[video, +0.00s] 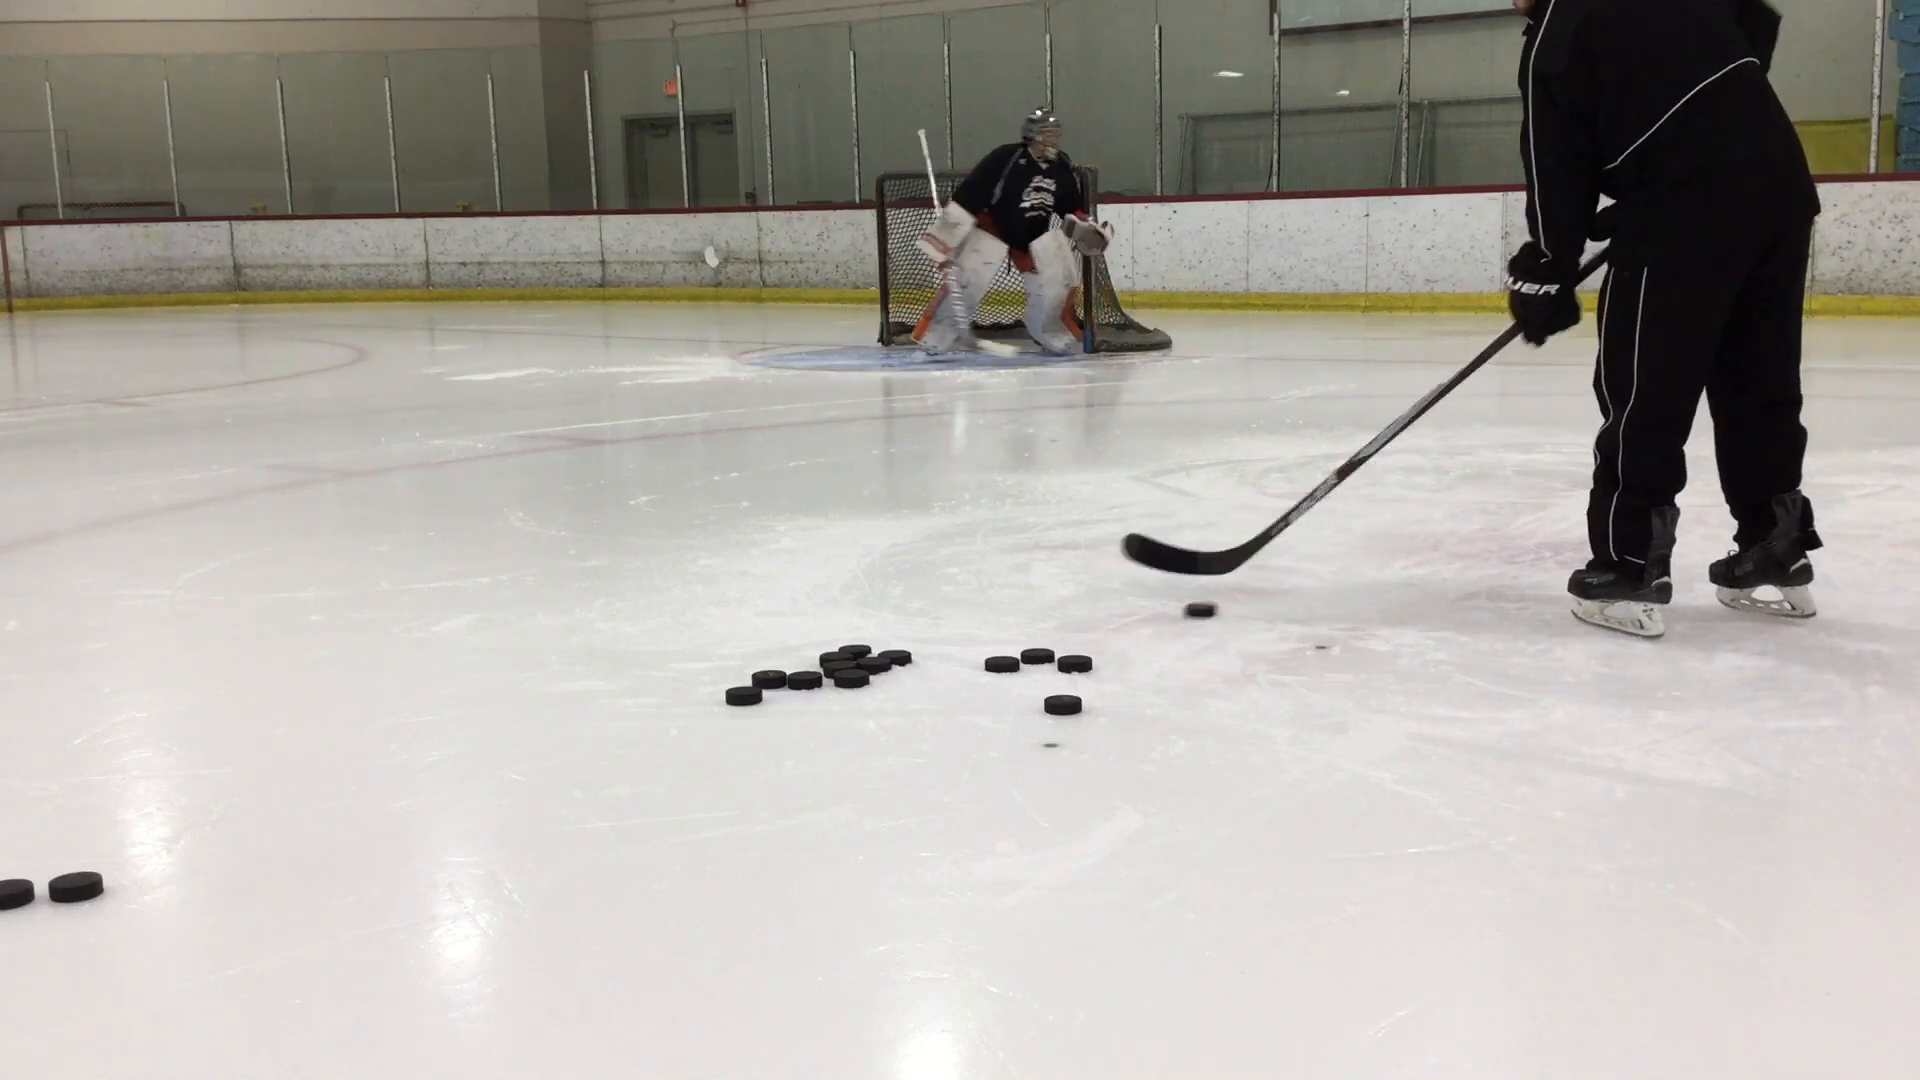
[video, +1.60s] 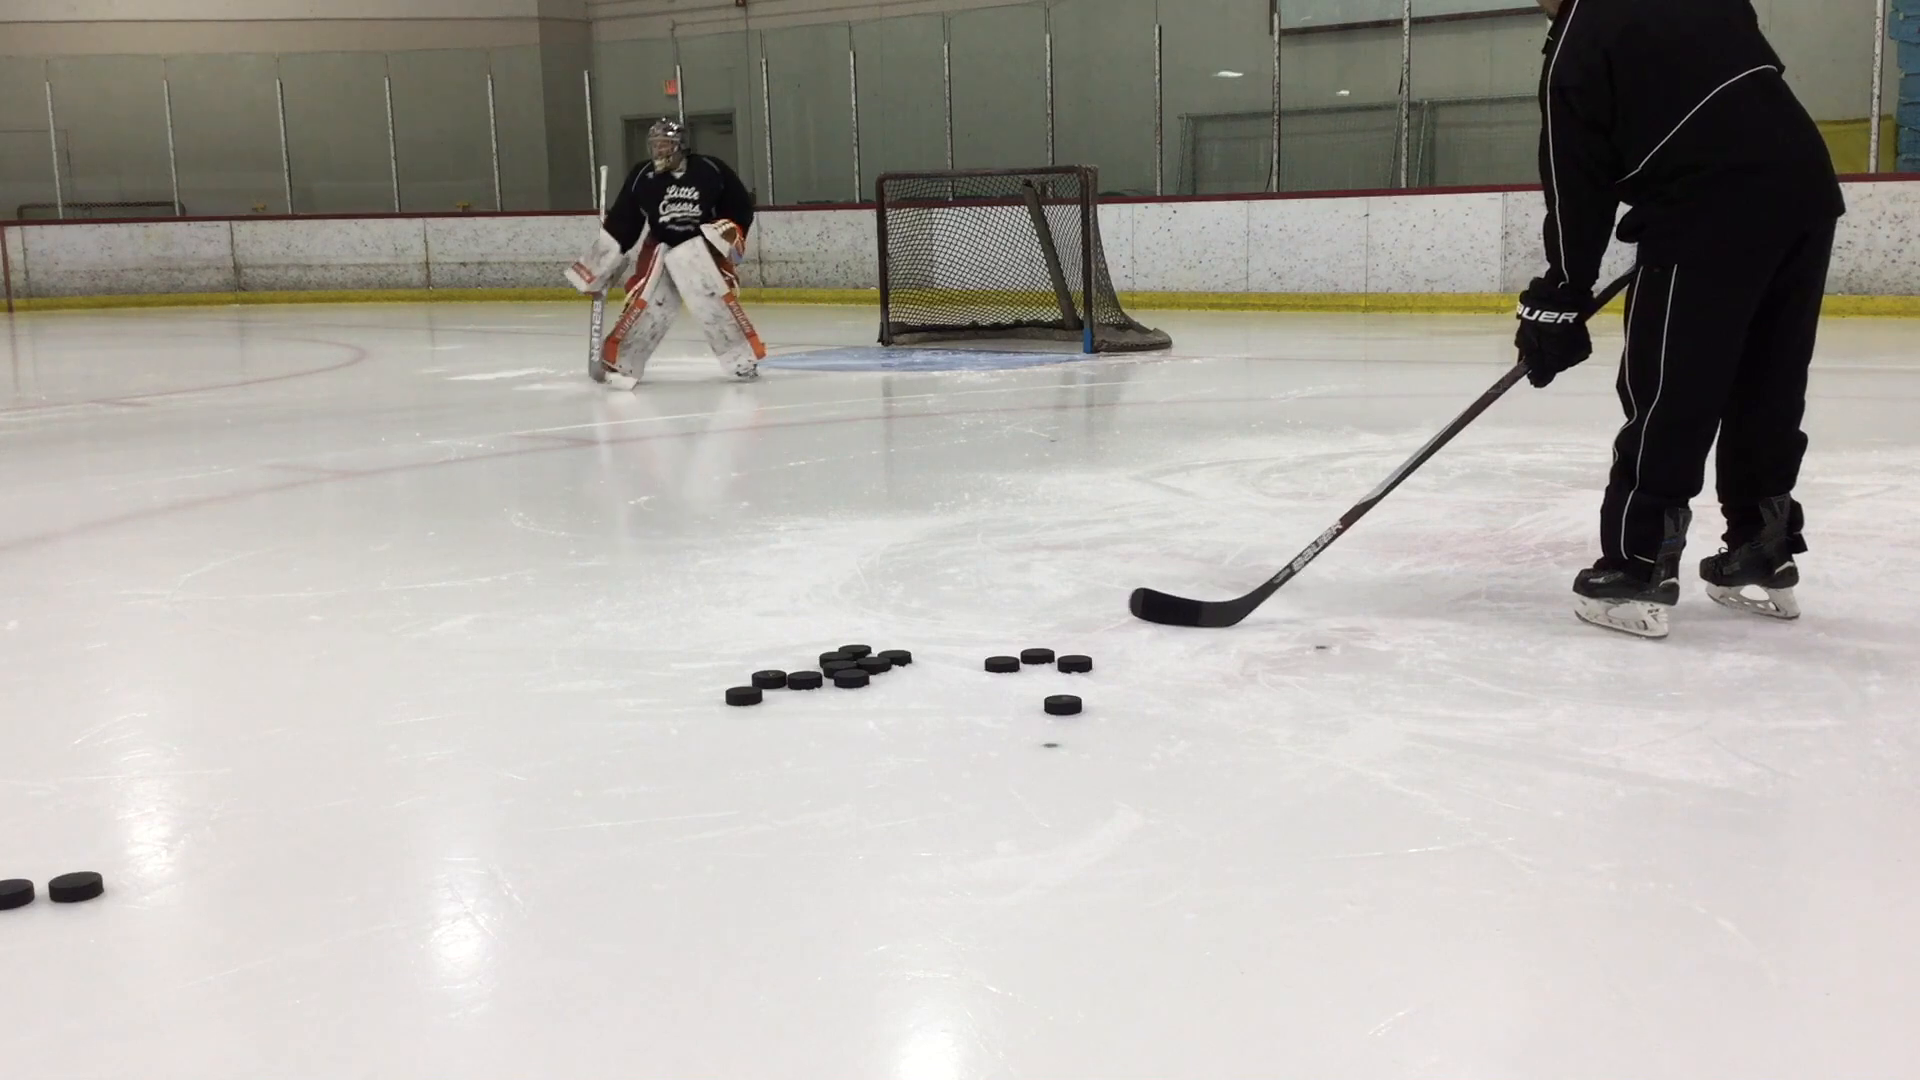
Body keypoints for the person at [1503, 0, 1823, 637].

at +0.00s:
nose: (1514, 10)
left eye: (1517, 8)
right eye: (1516, 9)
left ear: (1529, 2)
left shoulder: (1553, 36)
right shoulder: (1680, 7)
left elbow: (1556, 156)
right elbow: (1761, 19)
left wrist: (1545, 273)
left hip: (1678, 210)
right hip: (1779, 190)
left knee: (1640, 392)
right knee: (1758, 383)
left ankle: (1634, 564)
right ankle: (1776, 548)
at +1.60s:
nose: (1544, 12)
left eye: (1544, 9)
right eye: (1545, 9)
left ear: (1558, 2)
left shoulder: (1575, 42)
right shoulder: (1709, 7)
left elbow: (1575, 182)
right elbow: (1743, 95)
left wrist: (1557, 301)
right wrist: (1662, 203)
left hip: (1705, 214)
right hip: (1806, 194)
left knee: (1664, 389)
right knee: (1769, 383)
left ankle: (1642, 559)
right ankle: (1763, 548)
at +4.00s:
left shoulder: (1632, 6)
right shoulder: (1801, 4)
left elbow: (1604, 89)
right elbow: (1855, 71)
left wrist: (1552, 191)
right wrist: (1787, 143)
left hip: (1667, 193)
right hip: (1768, 197)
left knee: (1623, 371)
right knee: (1737, 373)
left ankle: (1613, 541)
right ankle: (1767, 530)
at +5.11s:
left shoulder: (1669, 9)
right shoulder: (1714, 8)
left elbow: (1638, 134)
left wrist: (1559, 234)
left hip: (1709, 228)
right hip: (1769, 218)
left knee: (1674, 399)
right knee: (1747, 389)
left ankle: (1695, 569)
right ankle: (1779, 538)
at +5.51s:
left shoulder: (1584, 10)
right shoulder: (1691, 7)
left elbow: (1571, 137)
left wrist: (1524, 261)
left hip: (1659, 223)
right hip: (1752, 208)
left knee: (1632, 396)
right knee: (1722, 386)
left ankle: (1660, 573)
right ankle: (1728, 554)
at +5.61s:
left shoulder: (1574, 13)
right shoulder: (1691, 6)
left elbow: (1561, 137)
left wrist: (1530, 261)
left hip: (1653, 225)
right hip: (1747, 210)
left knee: (1628, 395)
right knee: (1719, 385)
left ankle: (1661, 574)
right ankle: (1727, 555)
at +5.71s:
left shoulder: (1565, 16)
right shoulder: (1691, 7)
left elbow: (1554, 125)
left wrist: (1546, 241)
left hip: (1648, 223)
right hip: (1744, 206)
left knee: (1628, 396)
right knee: (1718, 384)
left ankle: (1658, 574)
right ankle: (1732, 553)